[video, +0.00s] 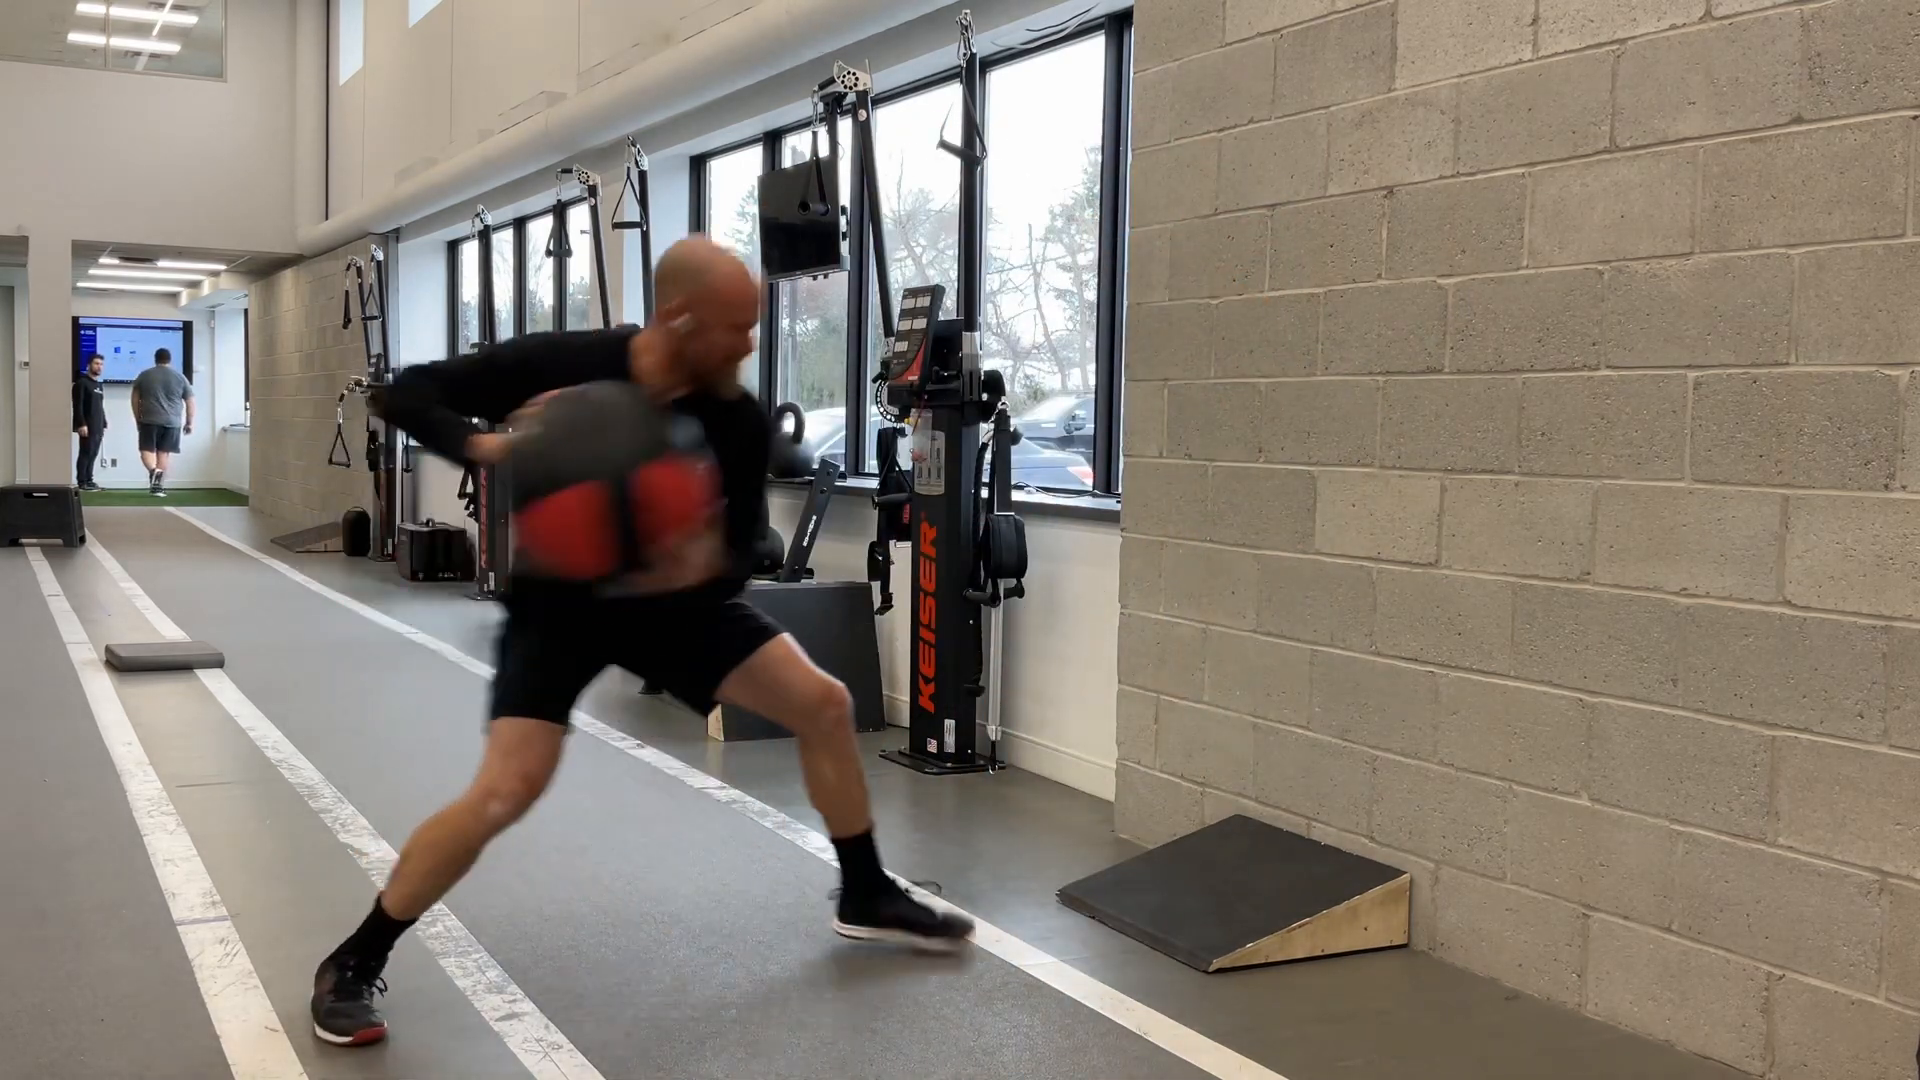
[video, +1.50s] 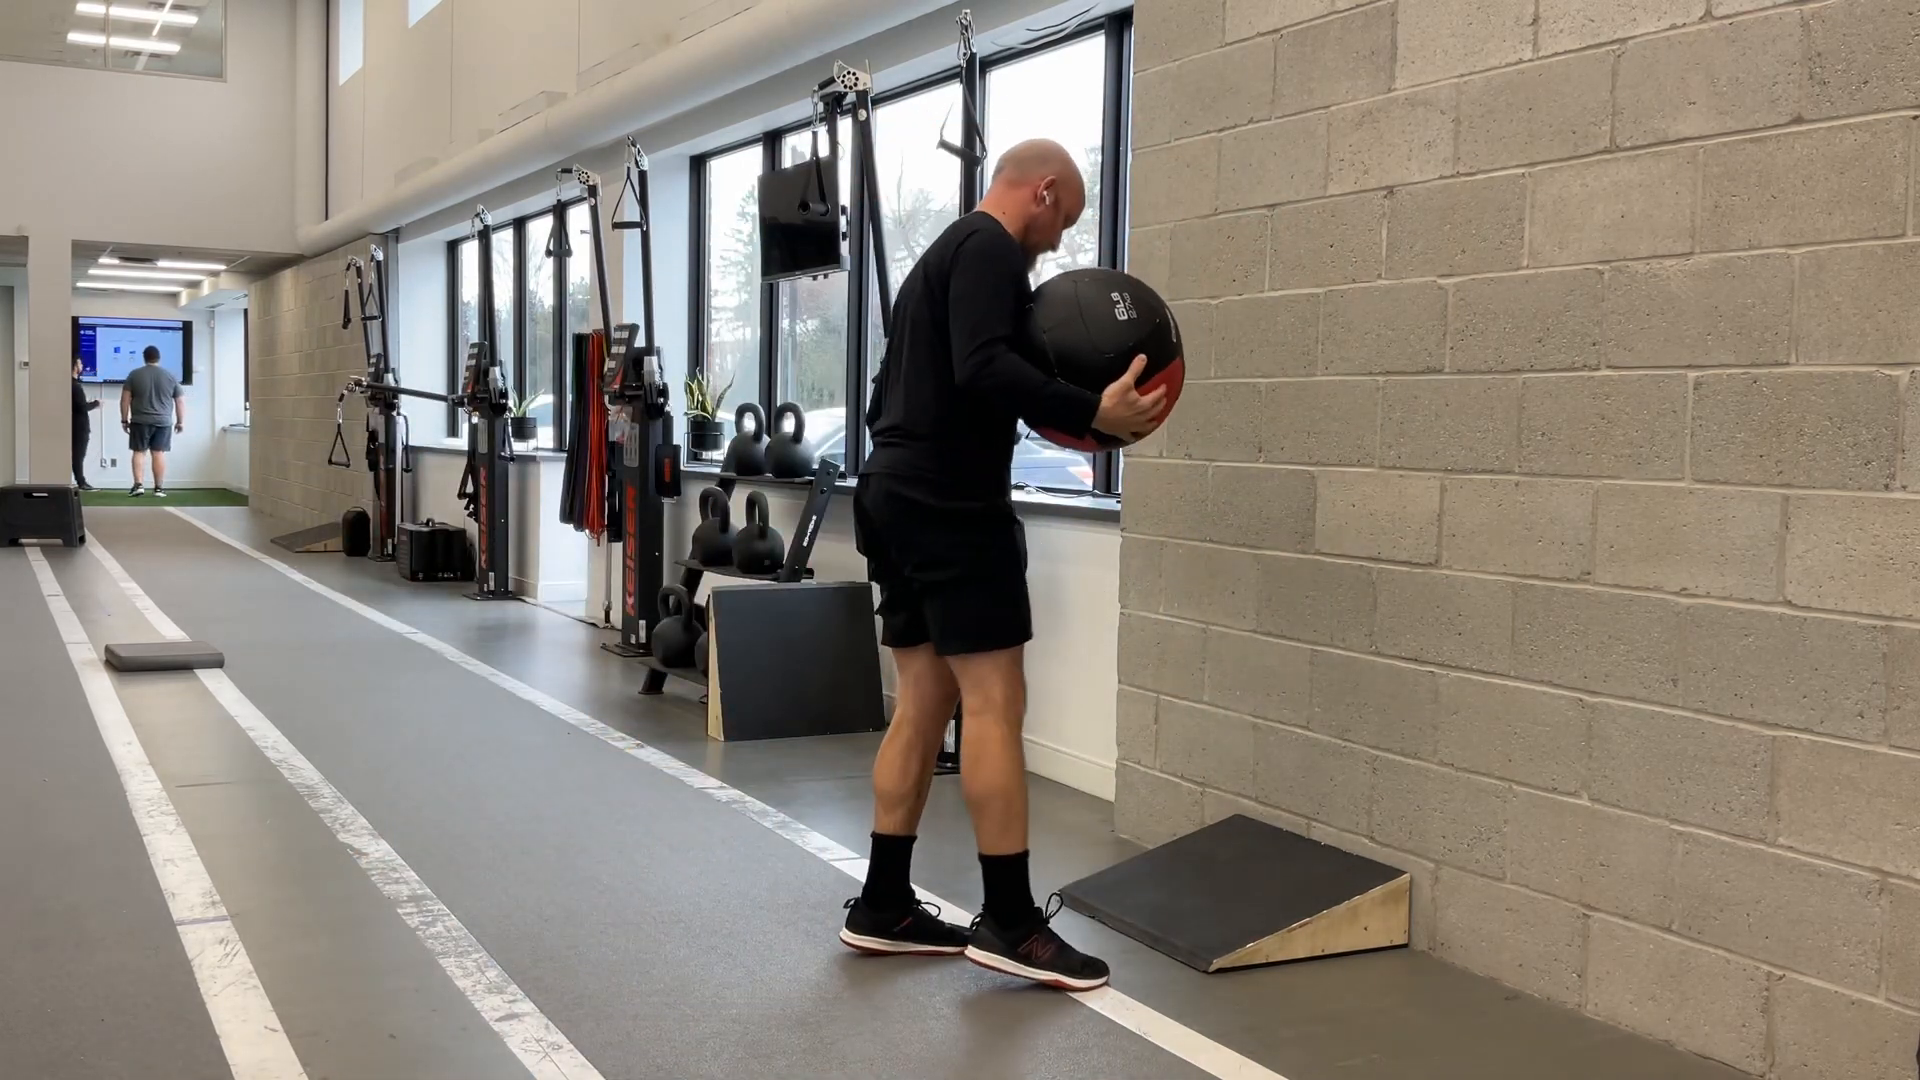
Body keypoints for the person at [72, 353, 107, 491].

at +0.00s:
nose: (99, 367)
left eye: (101, 364)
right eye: (96, 363)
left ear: (102, 367)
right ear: (89, 365)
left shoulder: (98, 385)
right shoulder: (81, 383)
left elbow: (99, 405)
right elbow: (78, 405)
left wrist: (104, 421)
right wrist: (81, 424)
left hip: (97, 424)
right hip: (87, 425)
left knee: (93, 454)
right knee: (85, 454)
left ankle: (89, 479)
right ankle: (82, 480)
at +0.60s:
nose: (96, 367)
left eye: (97, 365)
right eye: (93, 364)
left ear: (98, 367)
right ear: (86, 366)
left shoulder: (94, 384)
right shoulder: (79, 383)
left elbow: (95, 404)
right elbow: (78, 405)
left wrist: (107, 412)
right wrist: (93, 415)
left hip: (94, 423)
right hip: (84, 423)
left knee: (92, 453)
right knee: (85, 452)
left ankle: (89, 479)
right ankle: (82, 481)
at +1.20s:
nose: (91, 366)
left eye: (90, 363)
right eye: (89, 363)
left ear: (81, 365)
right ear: (84, 365)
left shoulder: (78, 381)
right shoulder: (80, 384)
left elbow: (81, 406)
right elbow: (82, 407)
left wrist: (96, 406)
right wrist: (98, 407)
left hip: (81, 425)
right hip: (82, 426)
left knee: (86, 450)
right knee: (85, 450)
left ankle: (81, 479)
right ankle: (81, 481)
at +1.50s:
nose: (81, 366)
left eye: (81, 363)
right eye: (79, 364)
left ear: (74, 367)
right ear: (74, 367)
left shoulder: (73, 383)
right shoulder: (75, 385)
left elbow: (79, 406)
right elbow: (81, 407)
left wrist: (91, 403)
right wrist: (94, 404)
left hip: (76, 425)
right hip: (79, 426)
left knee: (77, 455)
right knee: (78, 455)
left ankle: (81, 481)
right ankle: (81, 482)